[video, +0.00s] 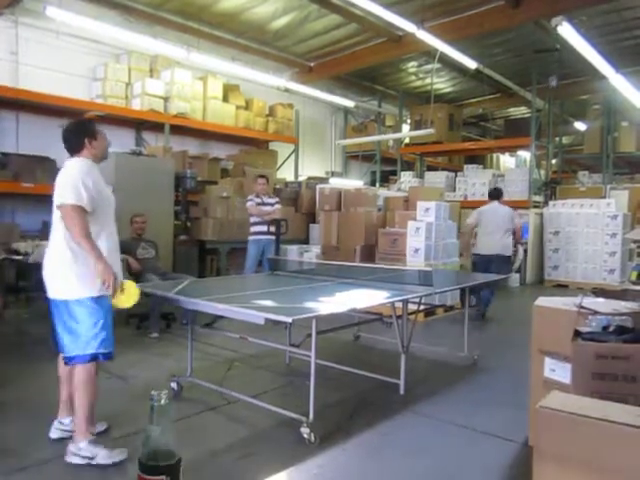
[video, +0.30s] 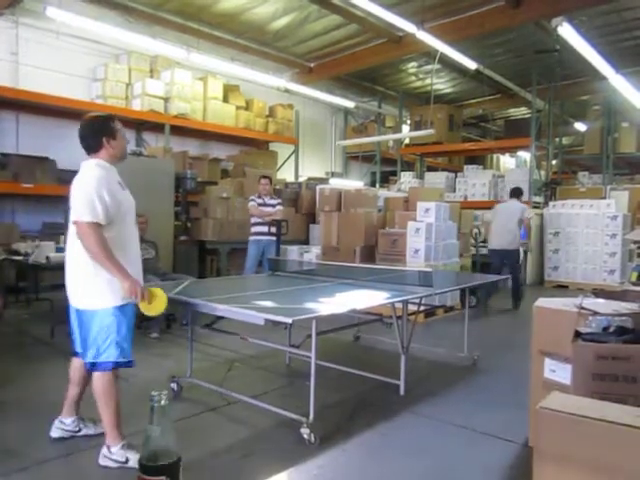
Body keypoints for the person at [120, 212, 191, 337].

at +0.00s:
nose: (140, 226)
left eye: (143, 223)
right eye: (137, 223)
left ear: (146, 225)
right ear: (131, 225)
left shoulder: (152, 244)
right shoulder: (125, 243)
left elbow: (156, 262)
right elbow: (114, 254)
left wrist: (161, 271)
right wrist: (128, 258)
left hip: (159, 273)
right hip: (142, 273)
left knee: (189, 281)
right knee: (160, 288)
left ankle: (186, 319)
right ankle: (154, 328)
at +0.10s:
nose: (140, 226)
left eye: (143, 223)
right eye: (136, 223)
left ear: (146, 225)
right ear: (131, 226)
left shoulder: (152, 244)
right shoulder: (126, 244)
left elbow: (155, 264)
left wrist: (165, 274)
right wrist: (128, 260)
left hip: (158, 274)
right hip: (142, 276)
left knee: (189, 281)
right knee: (158, 290)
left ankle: (186, 320)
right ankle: (154, 328)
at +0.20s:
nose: (140, 226)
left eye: (143, 223)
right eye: (136, 223)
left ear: (147, 225)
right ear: (131, 225)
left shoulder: (152, 244)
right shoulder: (128, 244)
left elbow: (156, 263)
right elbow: (130, 262)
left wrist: (161, 273)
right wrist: (141, 272)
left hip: (159, 274)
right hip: (143, 275)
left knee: (189, 281)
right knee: (162, 290)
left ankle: (186, 318)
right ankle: (155, 327)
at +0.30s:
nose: (142, 226)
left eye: (144, 223)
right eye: (139, 224)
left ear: (147, 225)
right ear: (134, 225)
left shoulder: (152, 245)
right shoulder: (130, 243)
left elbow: (156, 266)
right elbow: (132, 266)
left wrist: (165, 274)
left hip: (157, 274)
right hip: (142, 275)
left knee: (190, 282)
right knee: (158, 288)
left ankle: (186, 319)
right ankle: (154, 327)